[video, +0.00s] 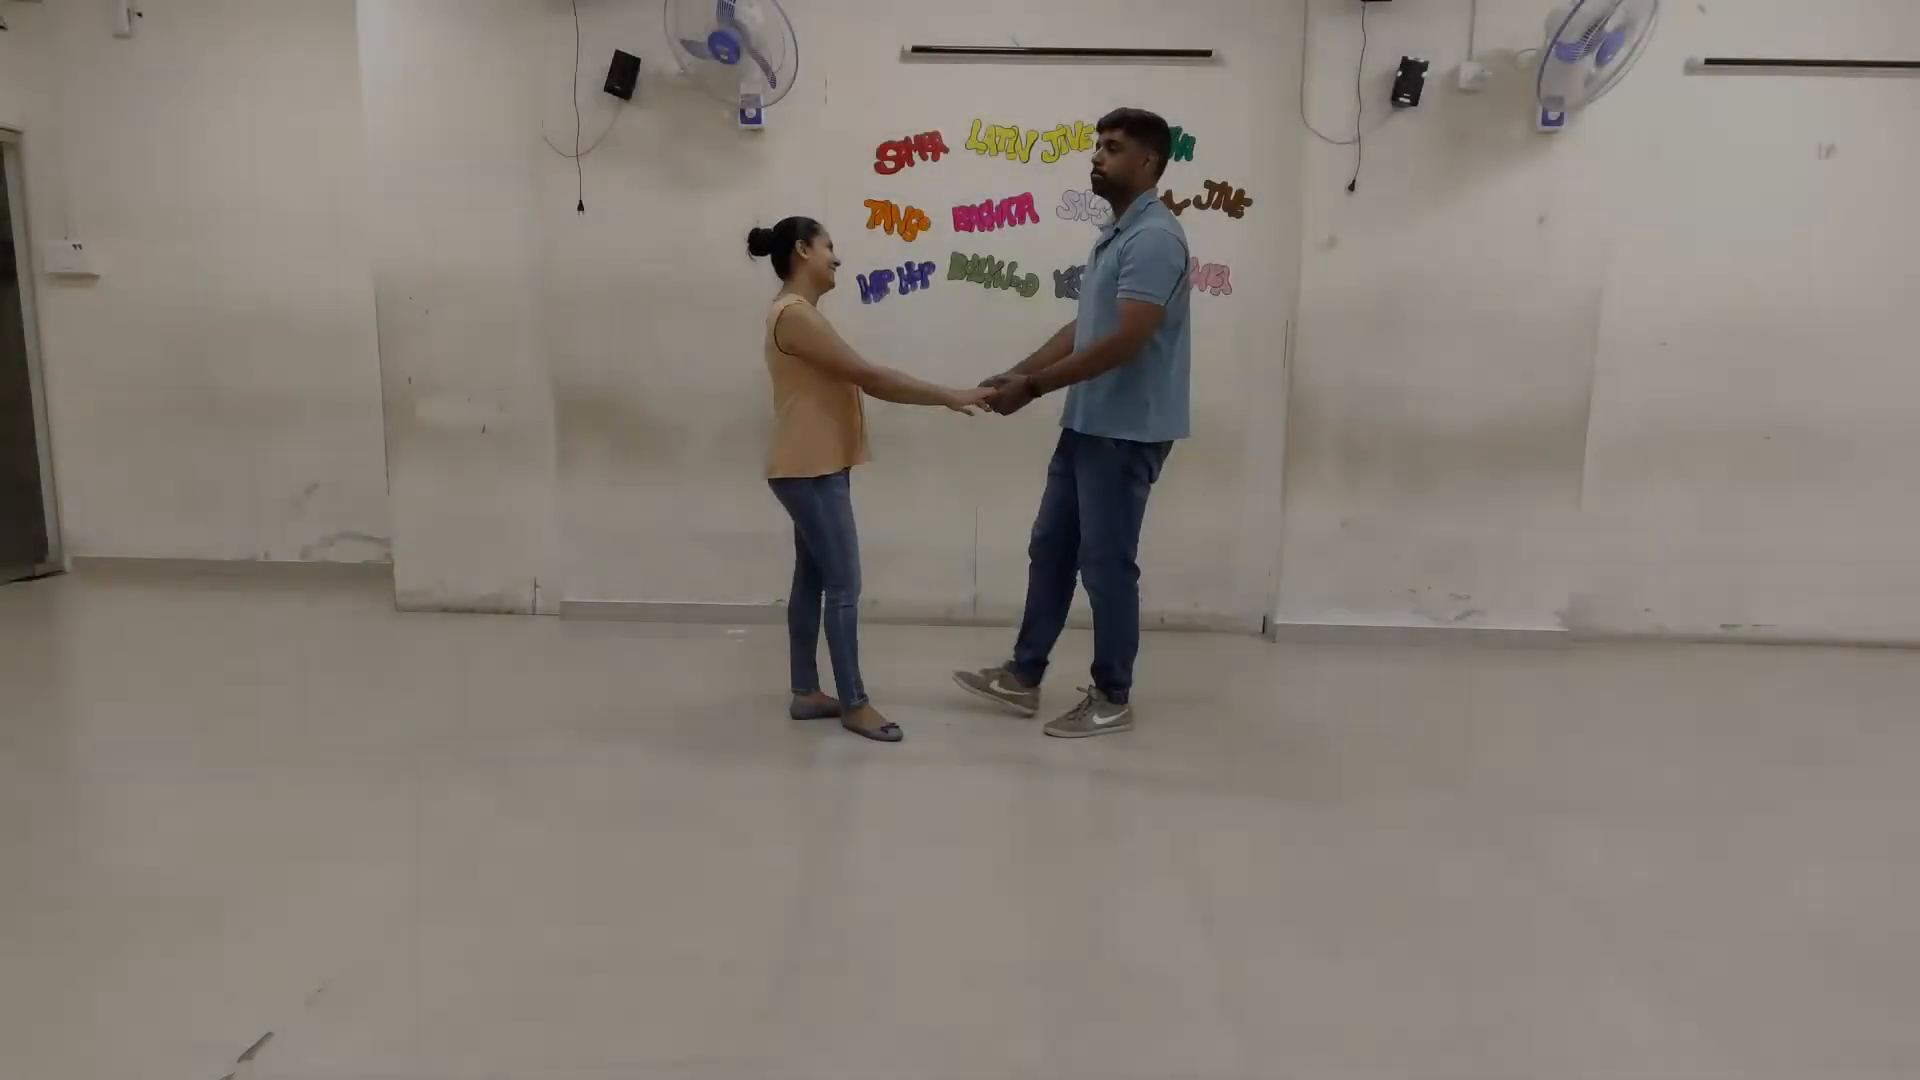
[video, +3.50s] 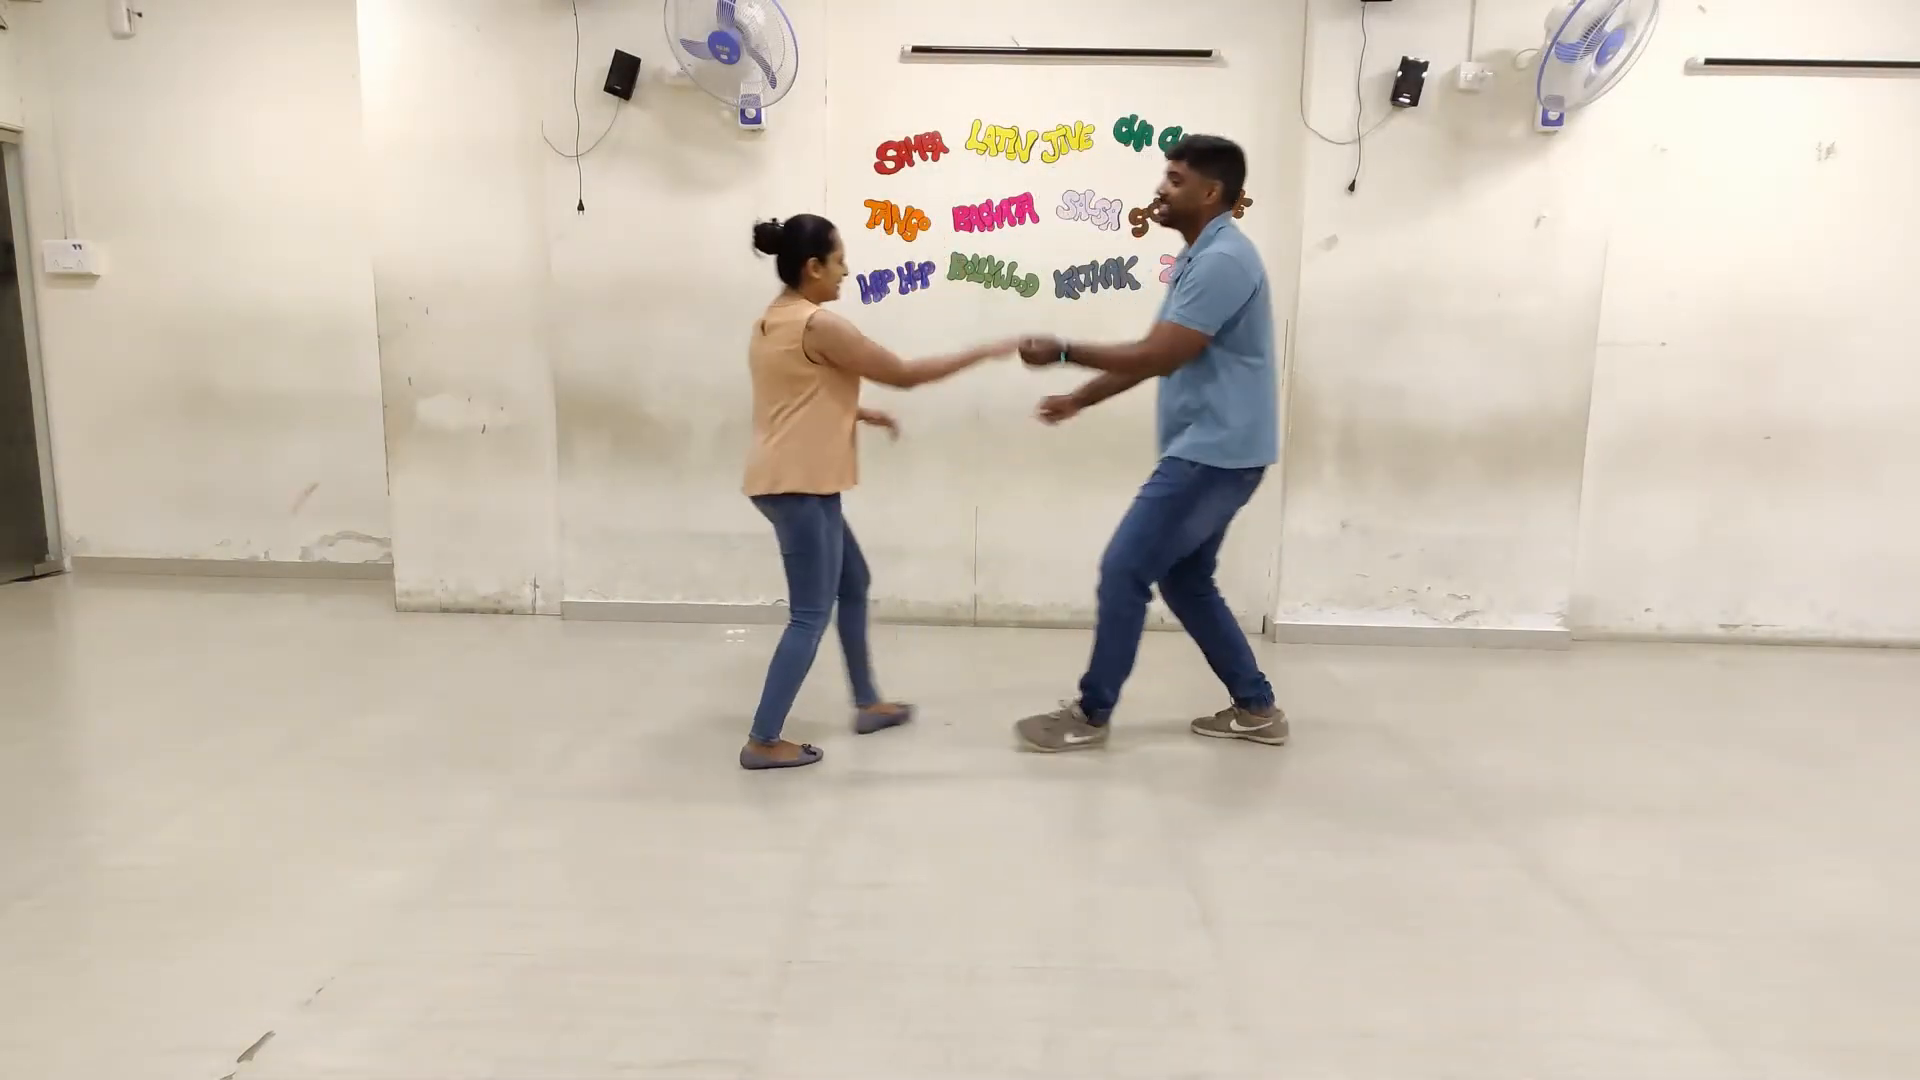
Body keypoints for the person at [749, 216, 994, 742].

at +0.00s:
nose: (836, 257)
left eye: (833, 248)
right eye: (829, 247)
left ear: (802, 255)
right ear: (802, 252)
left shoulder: (798, 314)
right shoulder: (794, 317)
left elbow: (871, 380)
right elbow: (871, 377)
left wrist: (947, 397)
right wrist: (949, 395)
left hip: (814, 468)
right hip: (811, 471)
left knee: (808, 583)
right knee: (843, 586)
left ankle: (806, 693)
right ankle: (854, 704)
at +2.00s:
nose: (831, 251)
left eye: (827, 242)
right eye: (818, 246)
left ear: (805, 258)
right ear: (790, 261)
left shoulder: (813, 312)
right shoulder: (792, 319)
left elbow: (857, 382)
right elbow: (864, 379)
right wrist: (956, 390)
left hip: (847, 470)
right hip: (817, 475)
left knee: (858, 585)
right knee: (836, 594)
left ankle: (852, 691)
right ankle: (798, 717)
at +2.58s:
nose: (900, 267)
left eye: (896, 258)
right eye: (889, 259)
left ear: (865, 272)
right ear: (860, 271)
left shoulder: (871, 332)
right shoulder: (853, 334)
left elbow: (903, 418)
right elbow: (889, 422)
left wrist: (981, 420)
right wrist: (977, 429)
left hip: (882, 493)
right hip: (849, 496)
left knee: (933, 584)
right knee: (863, 614)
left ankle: (923, 706)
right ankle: (799, 719)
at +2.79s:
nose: (947, 246)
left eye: (943, 238)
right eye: (936, 238)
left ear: (911, 250)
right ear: (907, 249)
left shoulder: (919, 311)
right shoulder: (900, 314)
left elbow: (926, 398)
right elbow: (917, 404)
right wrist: (993, 380)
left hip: (930, 469)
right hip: (900, 473)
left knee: (951, 587)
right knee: (931, 594)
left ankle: (925, 702)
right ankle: (842, 685)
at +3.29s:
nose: (903, 266)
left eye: (900, 256)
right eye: (895, 257)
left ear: (863, 264)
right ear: (868, 263)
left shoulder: (851, 319)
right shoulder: (857, 322)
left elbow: (898, 393)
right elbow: (913, 397)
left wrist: (950, 374)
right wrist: (999, 376)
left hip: (871, 484)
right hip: (853, 486)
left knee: (907, 588)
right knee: (862, 613)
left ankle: (924, 707)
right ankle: (779, 721)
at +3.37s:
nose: (872, 271)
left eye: (869, 261)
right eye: (865, 262)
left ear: (830, 269)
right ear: (838, 268)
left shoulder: (808, 323)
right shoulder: (832, 329)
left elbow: (873, 396)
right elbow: (898, 403)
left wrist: (927, 395)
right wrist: (984, 400)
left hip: (826, 487)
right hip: (822, 490)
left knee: (877, 589)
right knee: (829, 618)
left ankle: (915, 705)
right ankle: (765, 738)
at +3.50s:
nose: (845, 270)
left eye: (843, 261)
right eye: (839, 262)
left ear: (802, 267)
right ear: (812, 268)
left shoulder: (772, 323)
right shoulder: (821, 326)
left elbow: (800, 398)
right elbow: (904, 374)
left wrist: (862, 416)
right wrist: (984, 353)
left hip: (780, 480)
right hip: (803, 486)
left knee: (852, 580)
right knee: (811, 614)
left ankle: (868, 706)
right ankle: (763, 741)